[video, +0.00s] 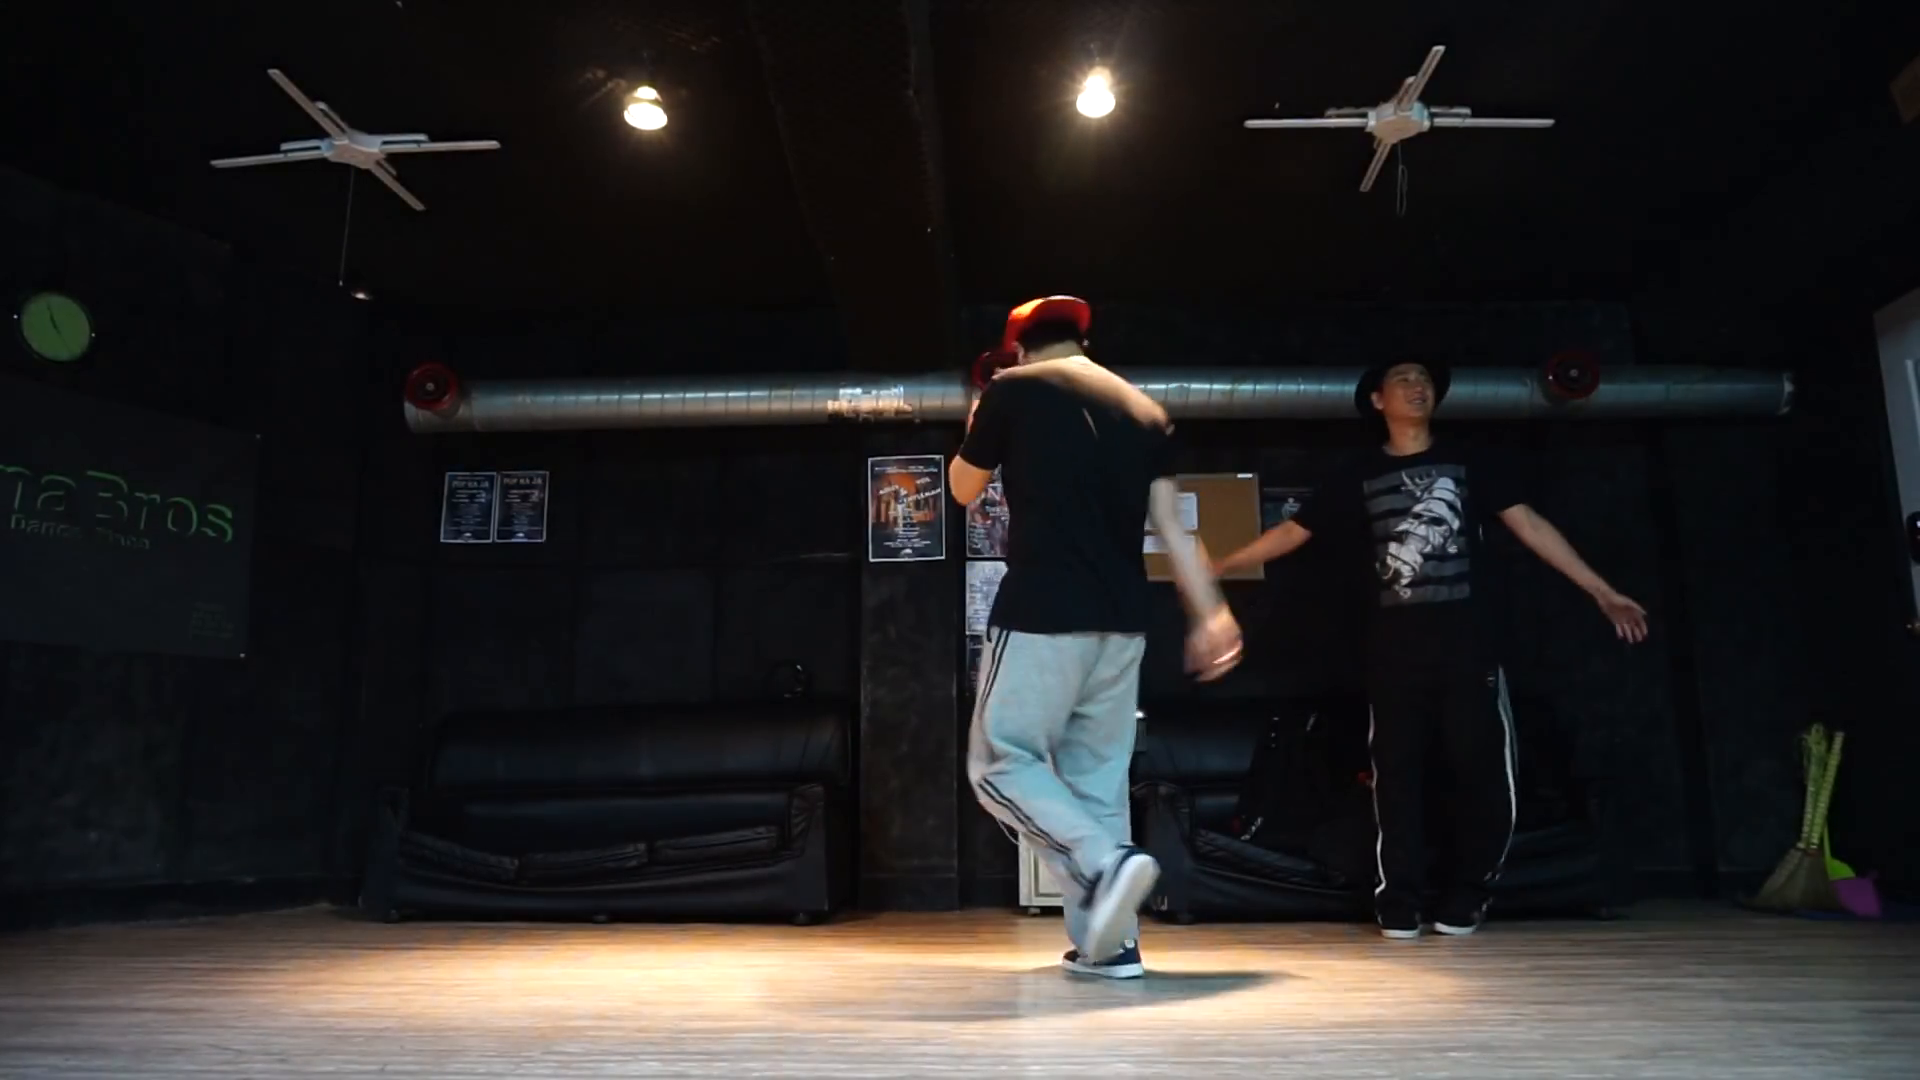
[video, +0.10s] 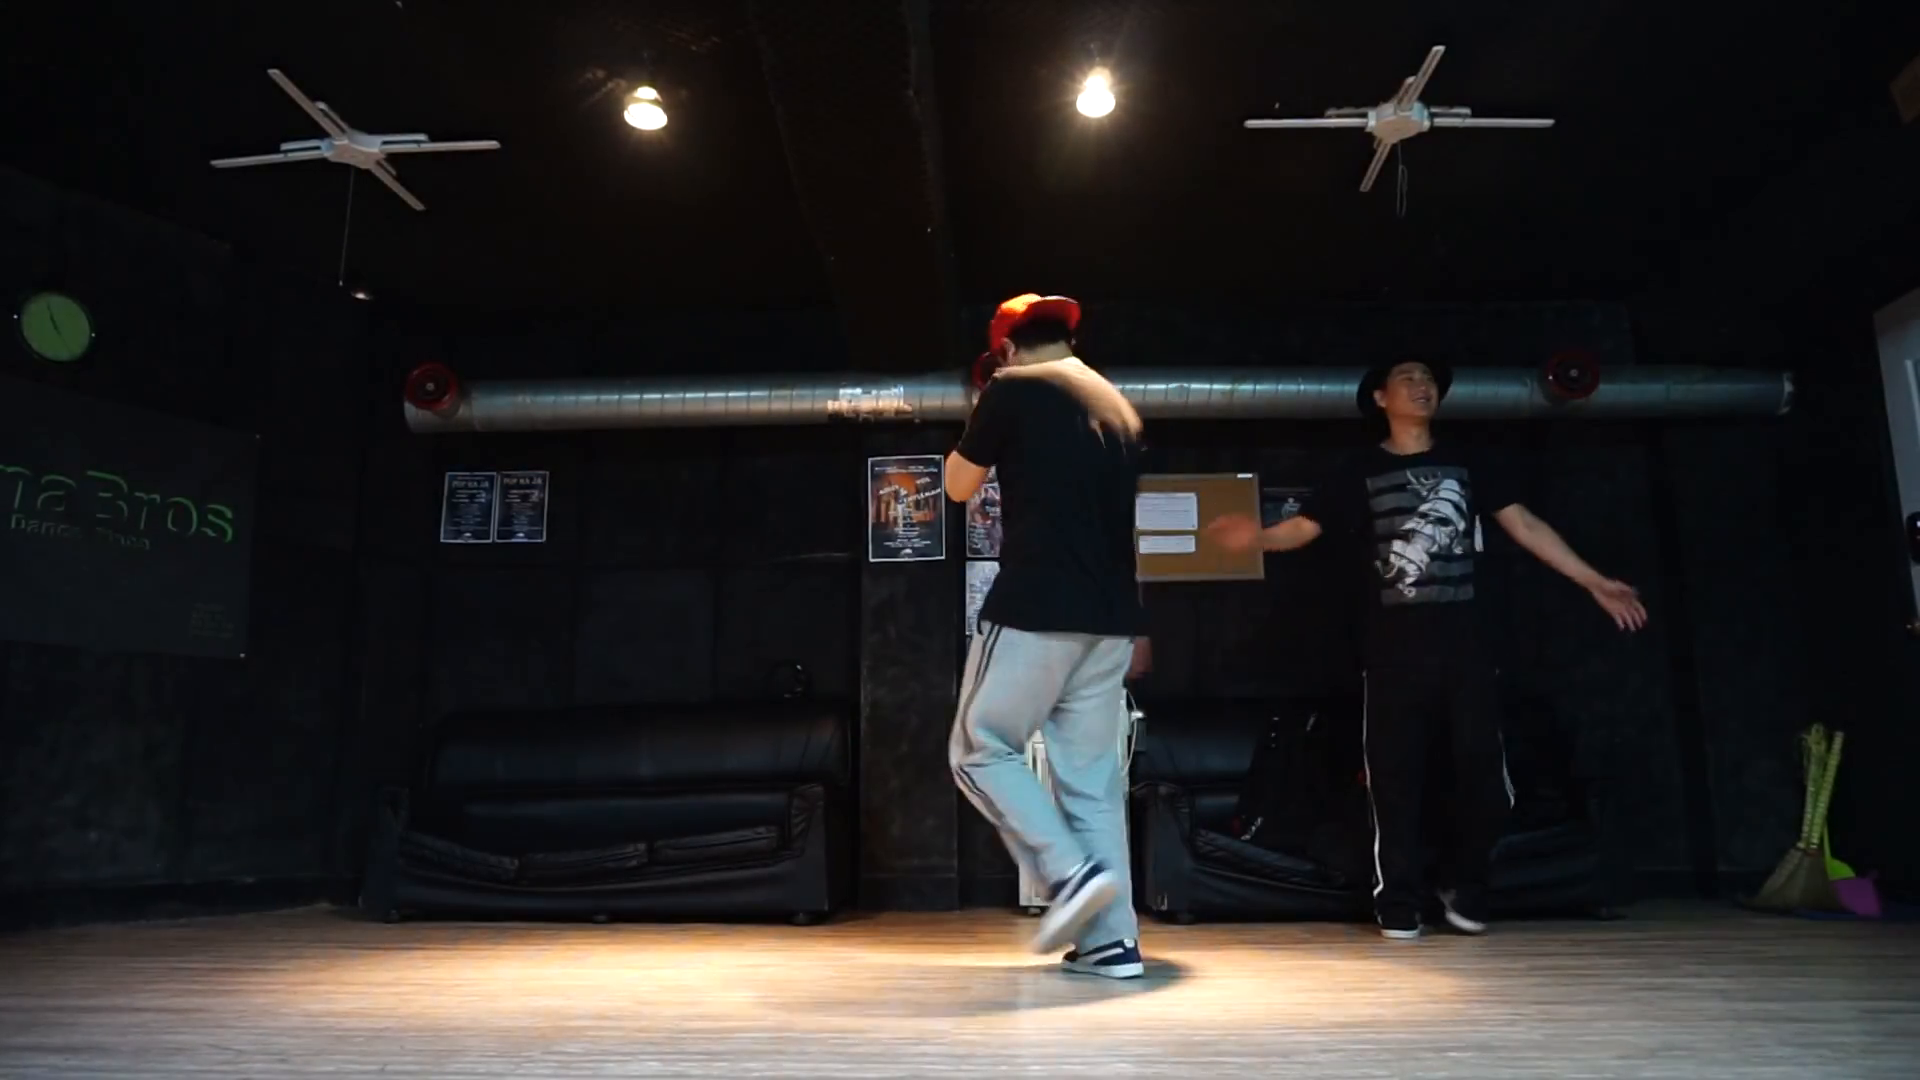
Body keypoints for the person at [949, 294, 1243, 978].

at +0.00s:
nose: (1013, 363)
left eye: (1013, 355)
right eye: (1017, 356)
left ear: (1024, 350)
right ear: (1082, 343)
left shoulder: (1013, 390)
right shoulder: (1143, 409)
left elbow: (964, 487)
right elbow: (1172, 523)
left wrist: (988, 415)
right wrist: (1210, 611)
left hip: (1044, 614)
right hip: (1124, 618)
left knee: (1002, 762)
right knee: (1101, 777)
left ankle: (1104, 867)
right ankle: (1110, 944)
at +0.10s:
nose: (998, 362)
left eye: (998, 354)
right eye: (1000, 354)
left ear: (1006, 347)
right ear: (1068, 340)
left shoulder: (1013, 387)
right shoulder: (1116, 404)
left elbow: (959, 485)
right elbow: (1116, 516)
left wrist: (989, 414)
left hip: (1037, 608)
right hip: (1109, 615)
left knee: (981, 750)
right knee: (1092, 780)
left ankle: (1068, 875)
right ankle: (1112, 945)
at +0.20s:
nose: (984, 362)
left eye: (983, 354)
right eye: (984, 354)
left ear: (994, 346)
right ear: (1052, 339)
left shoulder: (1006, 390)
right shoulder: (1091, 395)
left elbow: (950, 478)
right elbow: (1073, 485)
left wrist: (970, 412)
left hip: (1030, 605)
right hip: (1100, 607)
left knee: (974, 753)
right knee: (1086, 776)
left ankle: (1028, 902)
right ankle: (1109, 942)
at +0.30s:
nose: (966, 371)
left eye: (964, 360)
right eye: (964, 361)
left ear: (976, 350)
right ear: (1030, 342)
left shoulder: (998, 399)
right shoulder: (1068, 399)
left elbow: (942, 488)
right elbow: (1005, 499)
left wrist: (978, 414)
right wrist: (944, 570)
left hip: (1018, 610)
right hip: (1084, 608)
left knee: (968, 766)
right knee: (1080, 772)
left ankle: (998, 926)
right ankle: (1109, 939)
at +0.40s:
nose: (948, 389)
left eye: (945, 377)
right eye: (944, 379)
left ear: (960, 364)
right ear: (1004, 354)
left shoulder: (987, 416)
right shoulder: (1047, 412)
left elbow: (937, 514)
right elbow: (970, 519)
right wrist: (886, 563)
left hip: (998, 626)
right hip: (1060, 625)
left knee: (956, 770)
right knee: (1057, 777)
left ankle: (994, 931)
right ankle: (1104, 932)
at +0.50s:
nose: (927, 400)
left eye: (925, 386)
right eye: (922, 389)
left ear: (946, 368)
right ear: (971, 361)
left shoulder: (976, 416)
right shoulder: (1023, 415)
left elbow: (917, 508)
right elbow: (933, 529)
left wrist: (916, 481)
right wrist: (866, 575)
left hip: (977, 624)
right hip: (1028, 624)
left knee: (942, 774)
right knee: (1015, 772)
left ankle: (992, 934)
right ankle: (1083, 891)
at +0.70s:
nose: (892, 394)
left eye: (892, 380)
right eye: (888, 382)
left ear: (914, 364)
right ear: (940, 360)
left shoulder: (943, 409)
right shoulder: (978, 415)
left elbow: (872, 495)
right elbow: (919, 529)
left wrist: (818, 571)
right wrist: (853, 589)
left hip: (951, 622)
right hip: (961, 618)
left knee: (938, 777)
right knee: (879, 739)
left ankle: (996, 932)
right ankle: (992, 834)